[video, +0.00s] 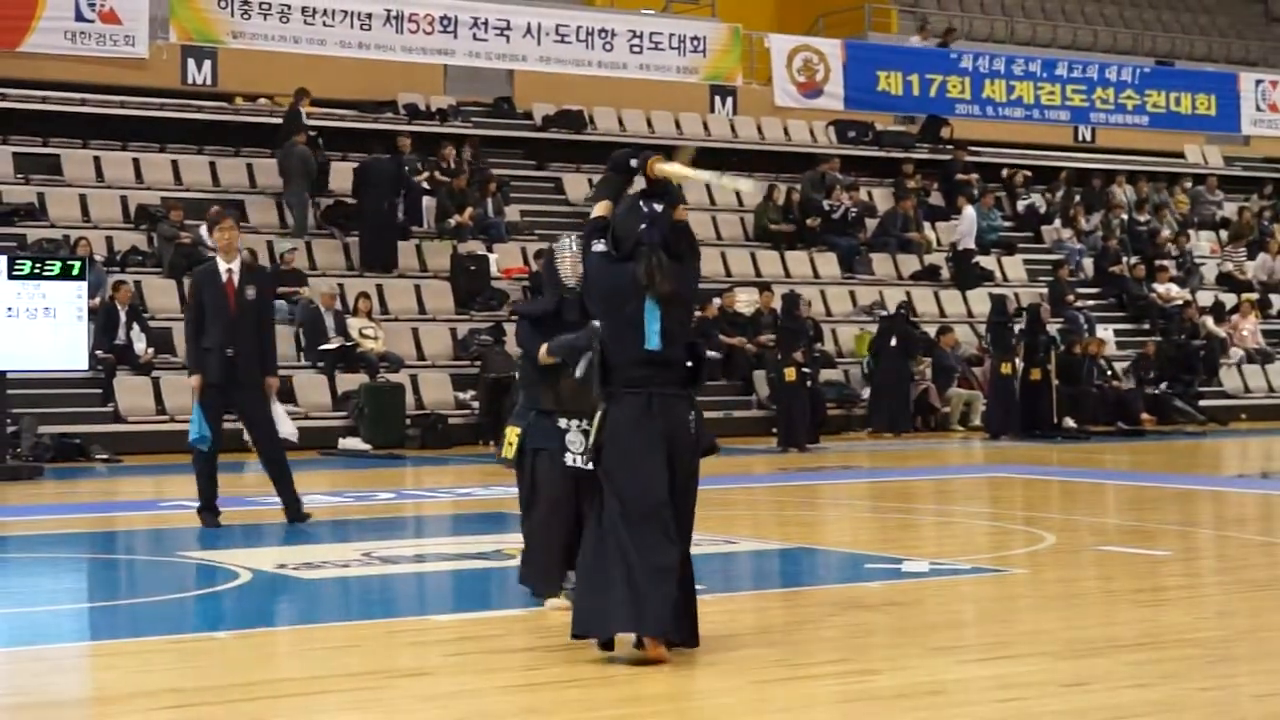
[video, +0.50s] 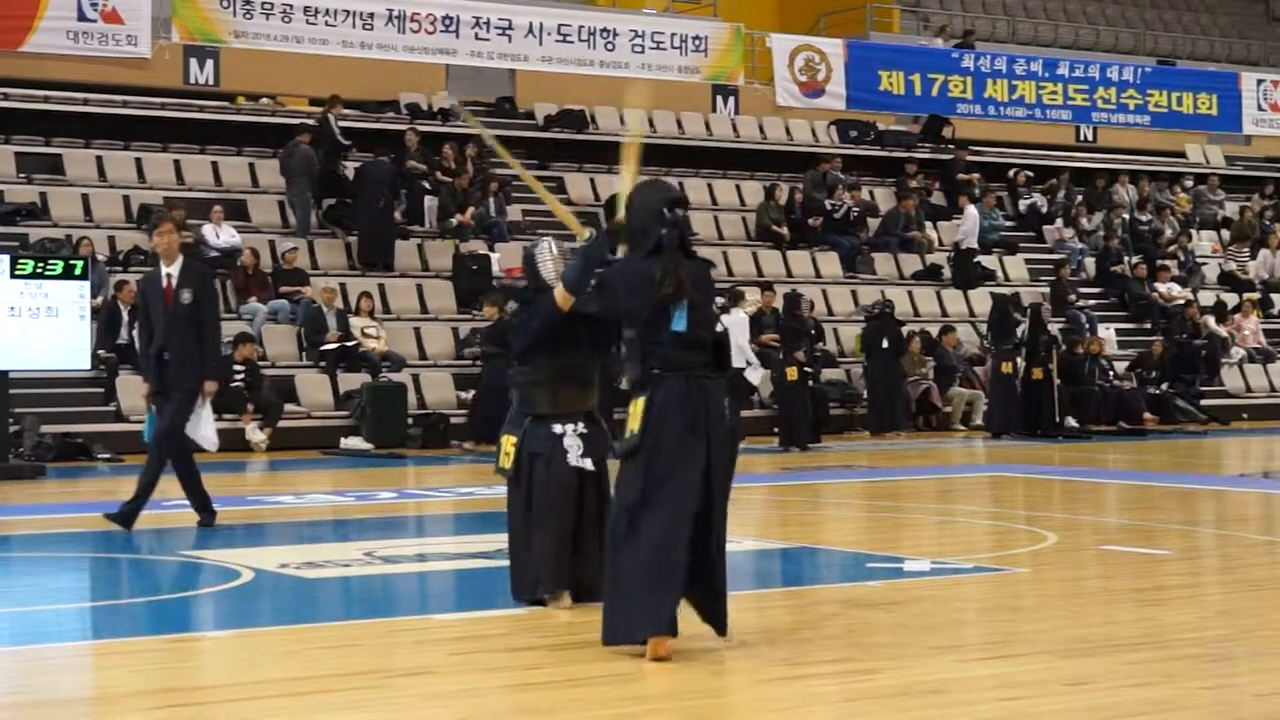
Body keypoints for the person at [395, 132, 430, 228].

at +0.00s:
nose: (405, 148)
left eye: (406, 145)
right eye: (402, 145)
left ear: (410, 144)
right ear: (398, 146)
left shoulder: (416, 157)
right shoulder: (395, 159)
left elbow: (427, 171)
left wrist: (418, 178)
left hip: (415, 188)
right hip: (400, 187)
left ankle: (415, 223)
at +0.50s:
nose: (408, 138)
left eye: (411, 135)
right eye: (406, 135)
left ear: (417, 138)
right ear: (404, 138)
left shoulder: (425, 152)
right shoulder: (401, 153)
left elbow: (431, 169)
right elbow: (398, 169)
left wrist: (414, 165)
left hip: (421, 180)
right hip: (405, 180)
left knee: (417, 189)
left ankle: (416, 222)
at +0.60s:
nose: (408, 137)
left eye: (411, 135)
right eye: (407, 135)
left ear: (418, 137)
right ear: (405, 137)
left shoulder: (426, 152)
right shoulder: (403, 152)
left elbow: (433, 168)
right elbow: (399, 169)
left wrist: (418, 163)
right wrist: (422, 169)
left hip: (424, 179)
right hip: (408, 179)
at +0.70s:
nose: (408, 137)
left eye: (411, 134)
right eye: (407, 134)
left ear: (419, 136)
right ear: (406, 137)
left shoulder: (427, 151)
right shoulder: (404, 151)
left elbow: (434, 168)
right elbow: (401, 168)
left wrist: (419, 163)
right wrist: (423, 169)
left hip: (424, 179)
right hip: (408, 179)